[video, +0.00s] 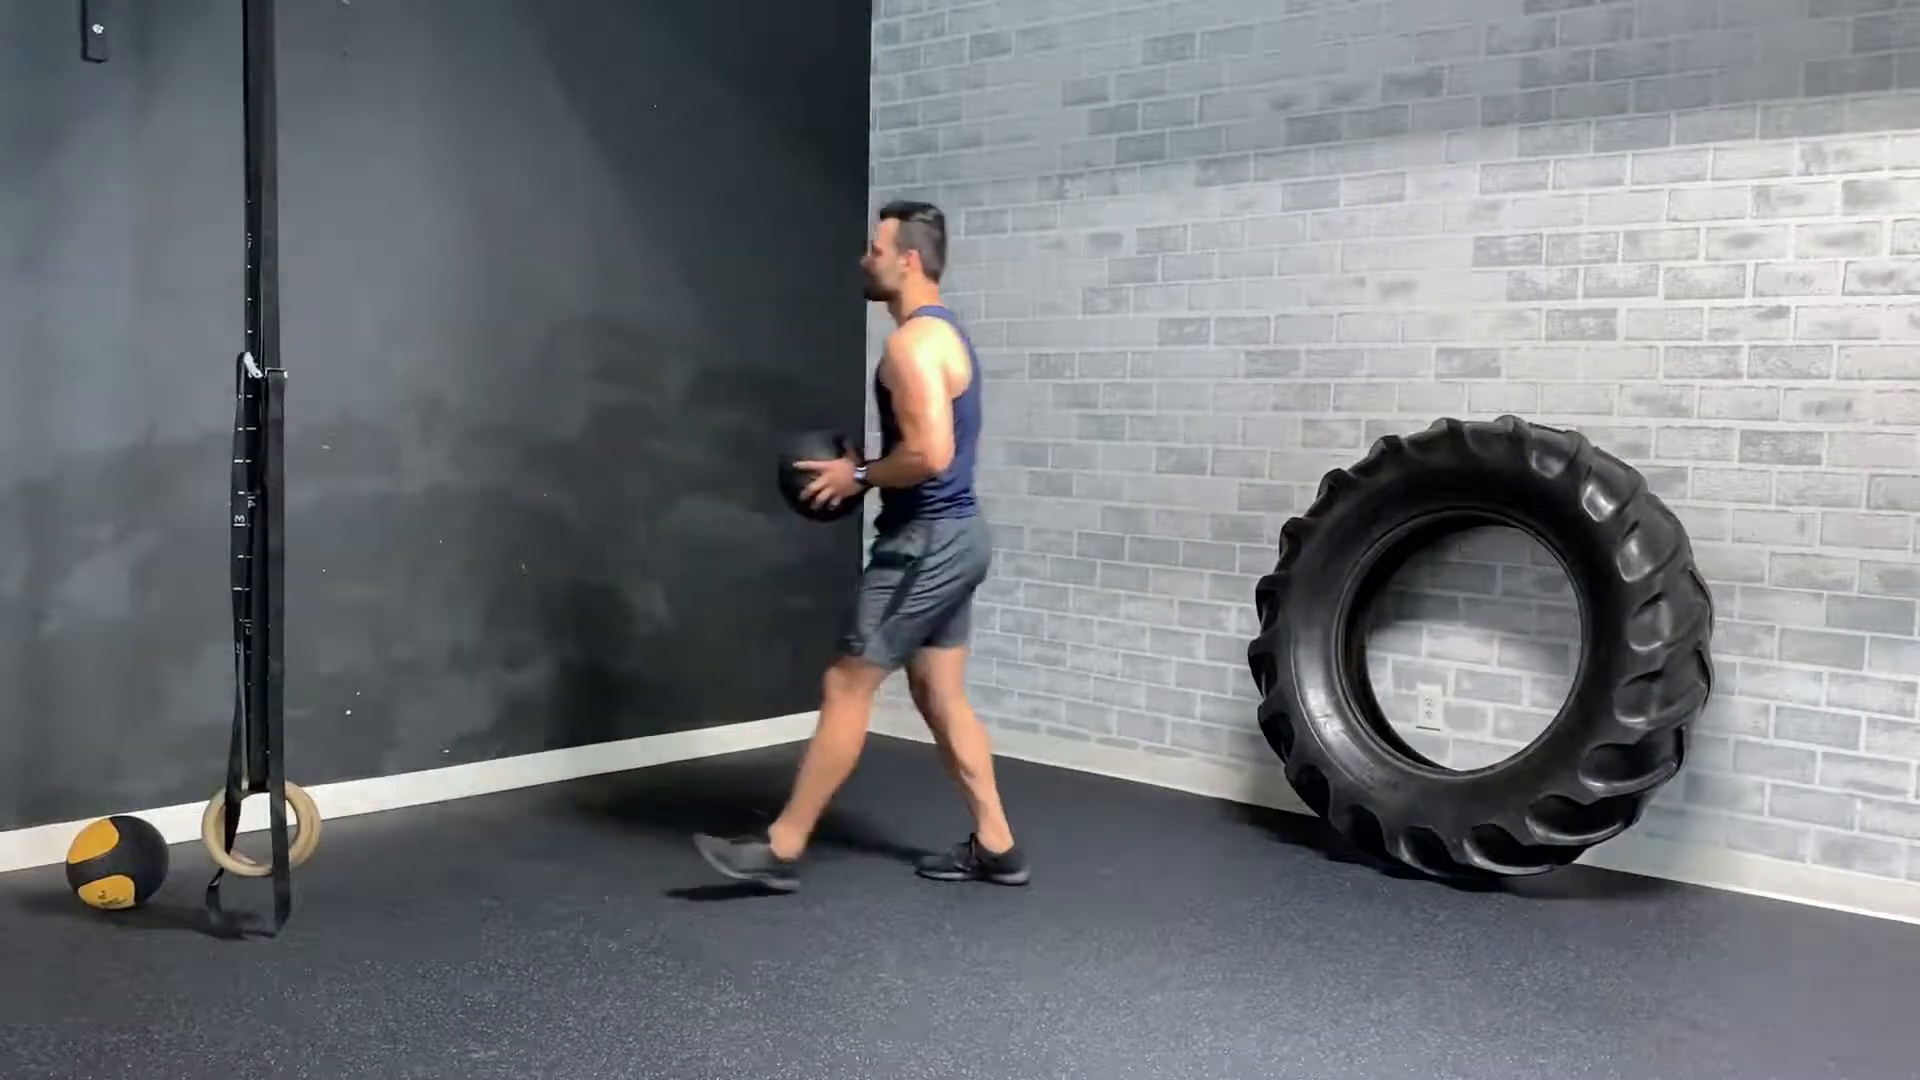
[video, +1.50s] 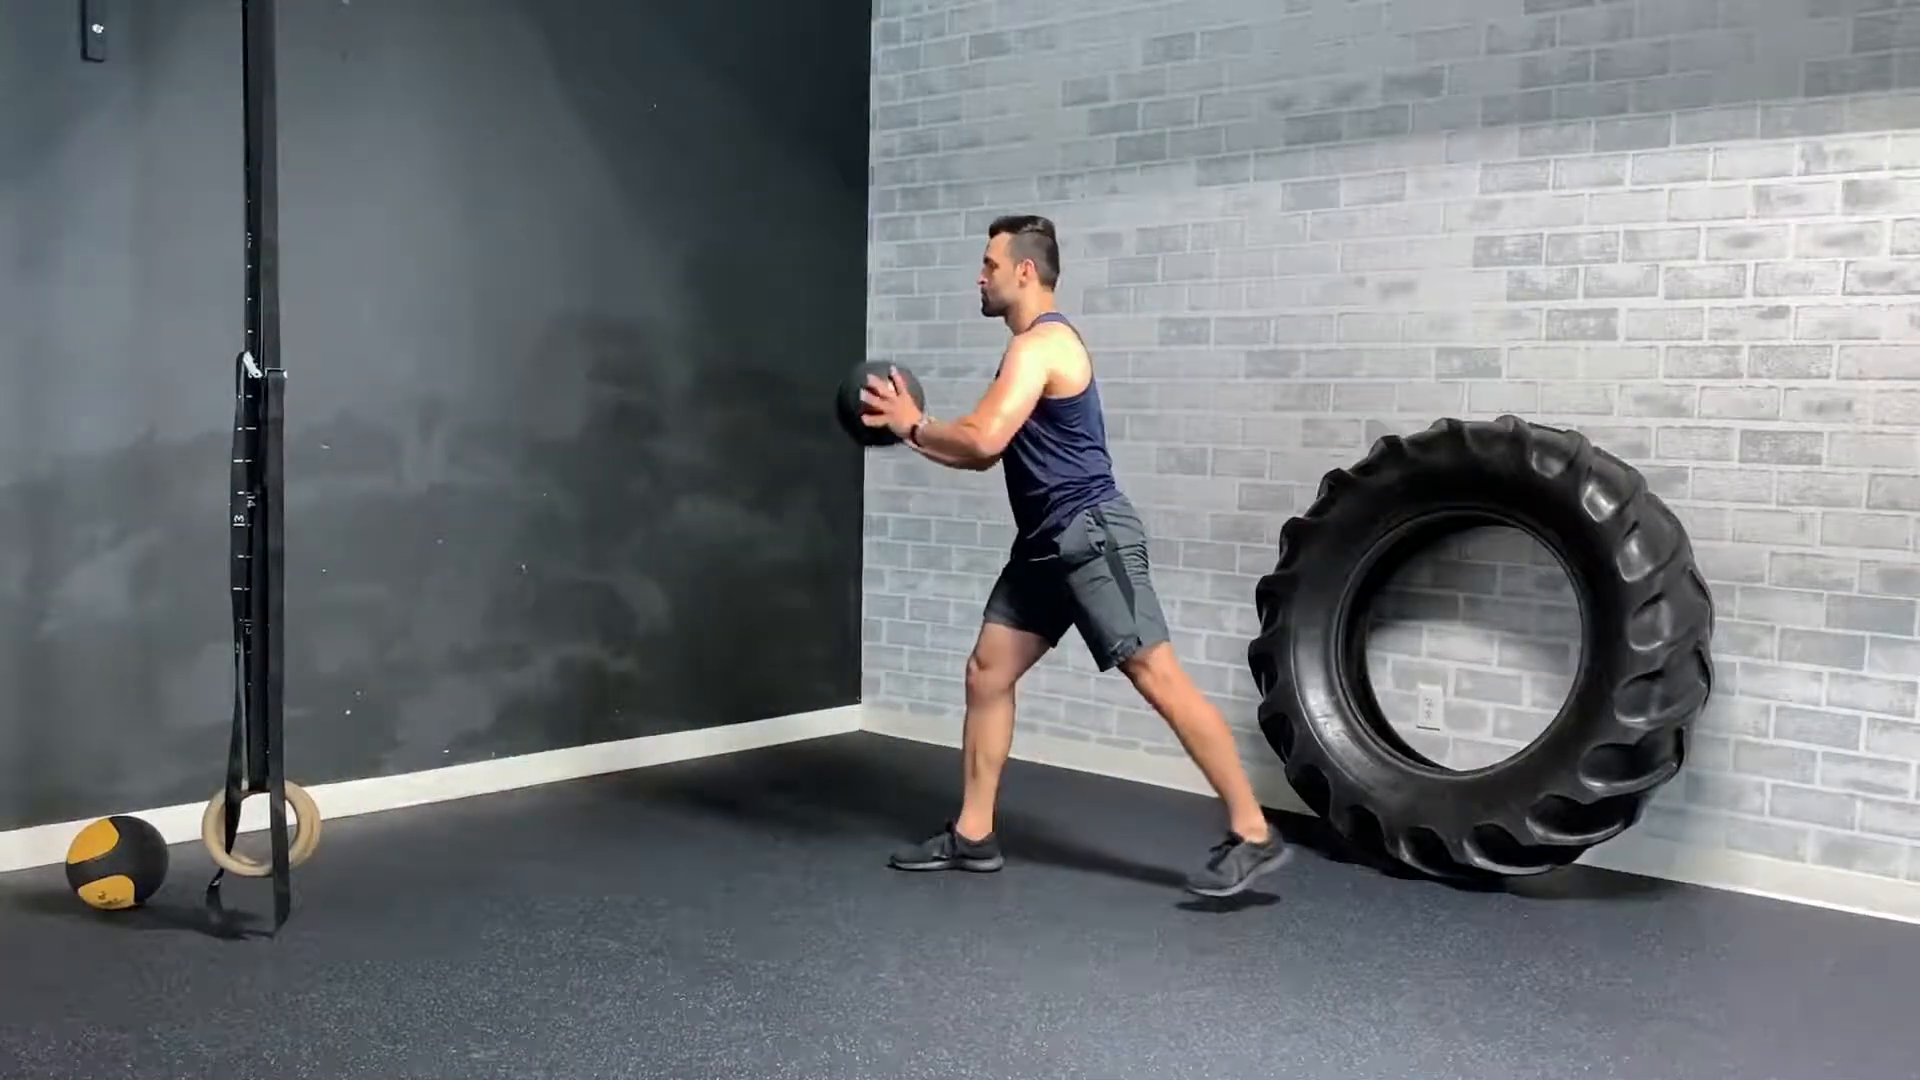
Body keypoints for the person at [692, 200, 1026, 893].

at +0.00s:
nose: (864, 262)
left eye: (875, 250)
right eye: (868, 250)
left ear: (911, 260)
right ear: (919, 262)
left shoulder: (911, 345)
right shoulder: (945, 335)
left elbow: (930, 455)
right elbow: (937, 449)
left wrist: (860, 474)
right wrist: (860, 466)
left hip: (922, 542)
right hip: (955, 535)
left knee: (848, 685)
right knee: (941, 692)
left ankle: (783, 846)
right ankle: (996, 843)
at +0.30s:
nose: (959, 250)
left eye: (968, 239)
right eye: (962, 238)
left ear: (1006, 247)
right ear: (1009, 250)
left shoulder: (1009, 330)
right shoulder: (1031, 322)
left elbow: (1027, 440)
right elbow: (1029, 433)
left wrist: (962, 465)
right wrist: (958, 453)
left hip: (1030, 528)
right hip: (1015, 524)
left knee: (1018, 688)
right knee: (988, 680)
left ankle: (1118, 832)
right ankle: (1000, 846)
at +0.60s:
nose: (1035, 268)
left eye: (1045, 257)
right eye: (1037, 257)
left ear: (1084, 261)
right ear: (1087, 263)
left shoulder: (1100, 346)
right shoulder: (1110, 336)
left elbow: (1105, 457)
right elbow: (1104, 454)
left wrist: (1039, 475)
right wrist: (1038, 474)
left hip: (1129, 540)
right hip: (1097, 538)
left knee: (1143, 702)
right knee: (1029, 673)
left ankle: (1192, 868)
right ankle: (1013, 842)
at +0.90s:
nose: (1056, 270)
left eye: (1064, 257)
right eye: (1057, 257)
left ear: (1103, 259)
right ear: (1106, 262)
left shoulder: (1119, 342)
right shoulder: (1137, 333)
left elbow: (1144, 450)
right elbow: (1139, 450)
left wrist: (1068, 473)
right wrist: (1062, 469)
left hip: (1143, 540)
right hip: (1108, 537)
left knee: (1159, 701)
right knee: (1037, 669)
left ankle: (1195, 868)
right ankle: (996, 821)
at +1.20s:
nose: (1002, 280)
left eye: (1012, 268)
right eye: (1005, 268)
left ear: (1051, 275)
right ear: (1054, 276)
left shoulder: (1069, 352)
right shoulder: (1074, 348)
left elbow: (1077, 459)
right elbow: (1073, 461)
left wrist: (1009, 479)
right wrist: (1006, 479)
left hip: (1101, 543)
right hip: (1064, 546)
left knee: (1132, 702)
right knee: (996, 679)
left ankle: (1192, 866)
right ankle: (973, 835)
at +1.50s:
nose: (980, 277)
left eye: (990, 265)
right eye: (983, 265)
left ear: (1026, 272)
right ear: (1027, 273)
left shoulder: (1045, 342)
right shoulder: (1035, 345)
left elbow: (982, 439)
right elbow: (981, 451)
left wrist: (915, 424)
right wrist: (910, 429)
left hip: (1092, 532)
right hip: (1047, 545)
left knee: (1158, 676)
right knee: (989, 675)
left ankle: (1253, 832)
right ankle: (973, 835)